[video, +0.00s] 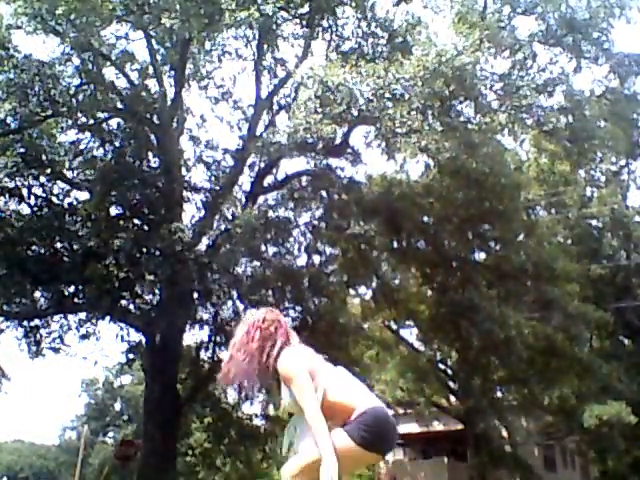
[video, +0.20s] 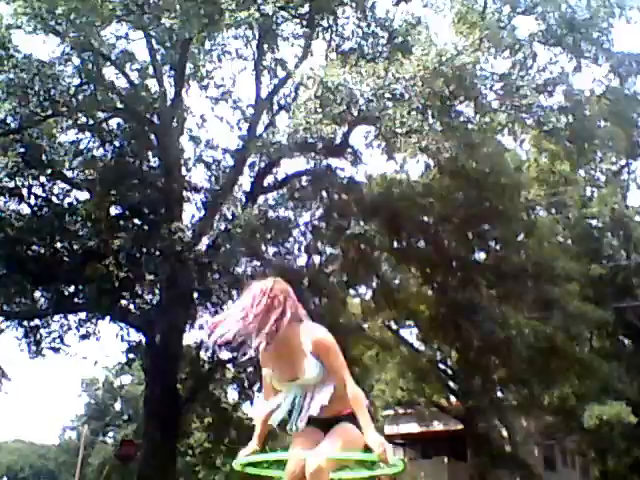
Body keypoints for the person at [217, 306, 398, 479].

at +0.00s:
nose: (246, 352)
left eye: (247, 343)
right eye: (244, 343)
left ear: (260, 339)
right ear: (278, 331)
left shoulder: (288, 360)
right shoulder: (299, 355)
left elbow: (313, 411)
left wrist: (329, 466)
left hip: (370, 426)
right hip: (377, 427)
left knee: (291, 471)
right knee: (299, 472)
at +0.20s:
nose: (264, 326)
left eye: (268, 317)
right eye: (258, 318)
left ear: (281, 311)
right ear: (256, 318)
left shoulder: (316, 337)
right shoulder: (266, 351)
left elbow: (350, 387)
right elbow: (268, 399)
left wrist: (370, 432)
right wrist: (256, 442)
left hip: (347, 419)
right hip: (310, 423)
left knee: (317, 468)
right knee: (294, 470)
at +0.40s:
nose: (297, 304)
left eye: (302, 297)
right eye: (293, 296)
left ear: (320, 294)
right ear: (289, 292)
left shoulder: (342, 320)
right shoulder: (283, 322)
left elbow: (353, 370)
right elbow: (262, 368)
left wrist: (370, 414)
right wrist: (245, 408)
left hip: (320, 413)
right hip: (280, 411)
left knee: (349, 467)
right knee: (296, 470)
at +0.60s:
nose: (354, 282)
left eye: (355, 276)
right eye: (351, 274)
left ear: (334, 272)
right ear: (333, 271)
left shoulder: (331, 306)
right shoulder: (319, 299)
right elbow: (291, 340)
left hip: (303, 391)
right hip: (292, 390)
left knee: (333, 469)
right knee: (338, 468)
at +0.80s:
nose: (352, 270)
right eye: (350, 265)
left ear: (314, 265)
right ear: (344, 267)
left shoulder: (298, 292)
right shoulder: (350, 295)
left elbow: (274, 331)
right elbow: (354, 332)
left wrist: (275, 339)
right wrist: (391, 340)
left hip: (286, 374)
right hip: (326, 377)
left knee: (296, 467)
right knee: (331, 469)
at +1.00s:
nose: (295, 276)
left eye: (297, 271)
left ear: (308, 266)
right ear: (332, 264)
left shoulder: (319, 287)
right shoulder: (346, 302)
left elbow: (317, 313)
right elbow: (365, 344)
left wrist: (287, 294)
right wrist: (352, 315)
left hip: (319, 378)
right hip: (343, 379)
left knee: (283, 465)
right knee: (332, 470)